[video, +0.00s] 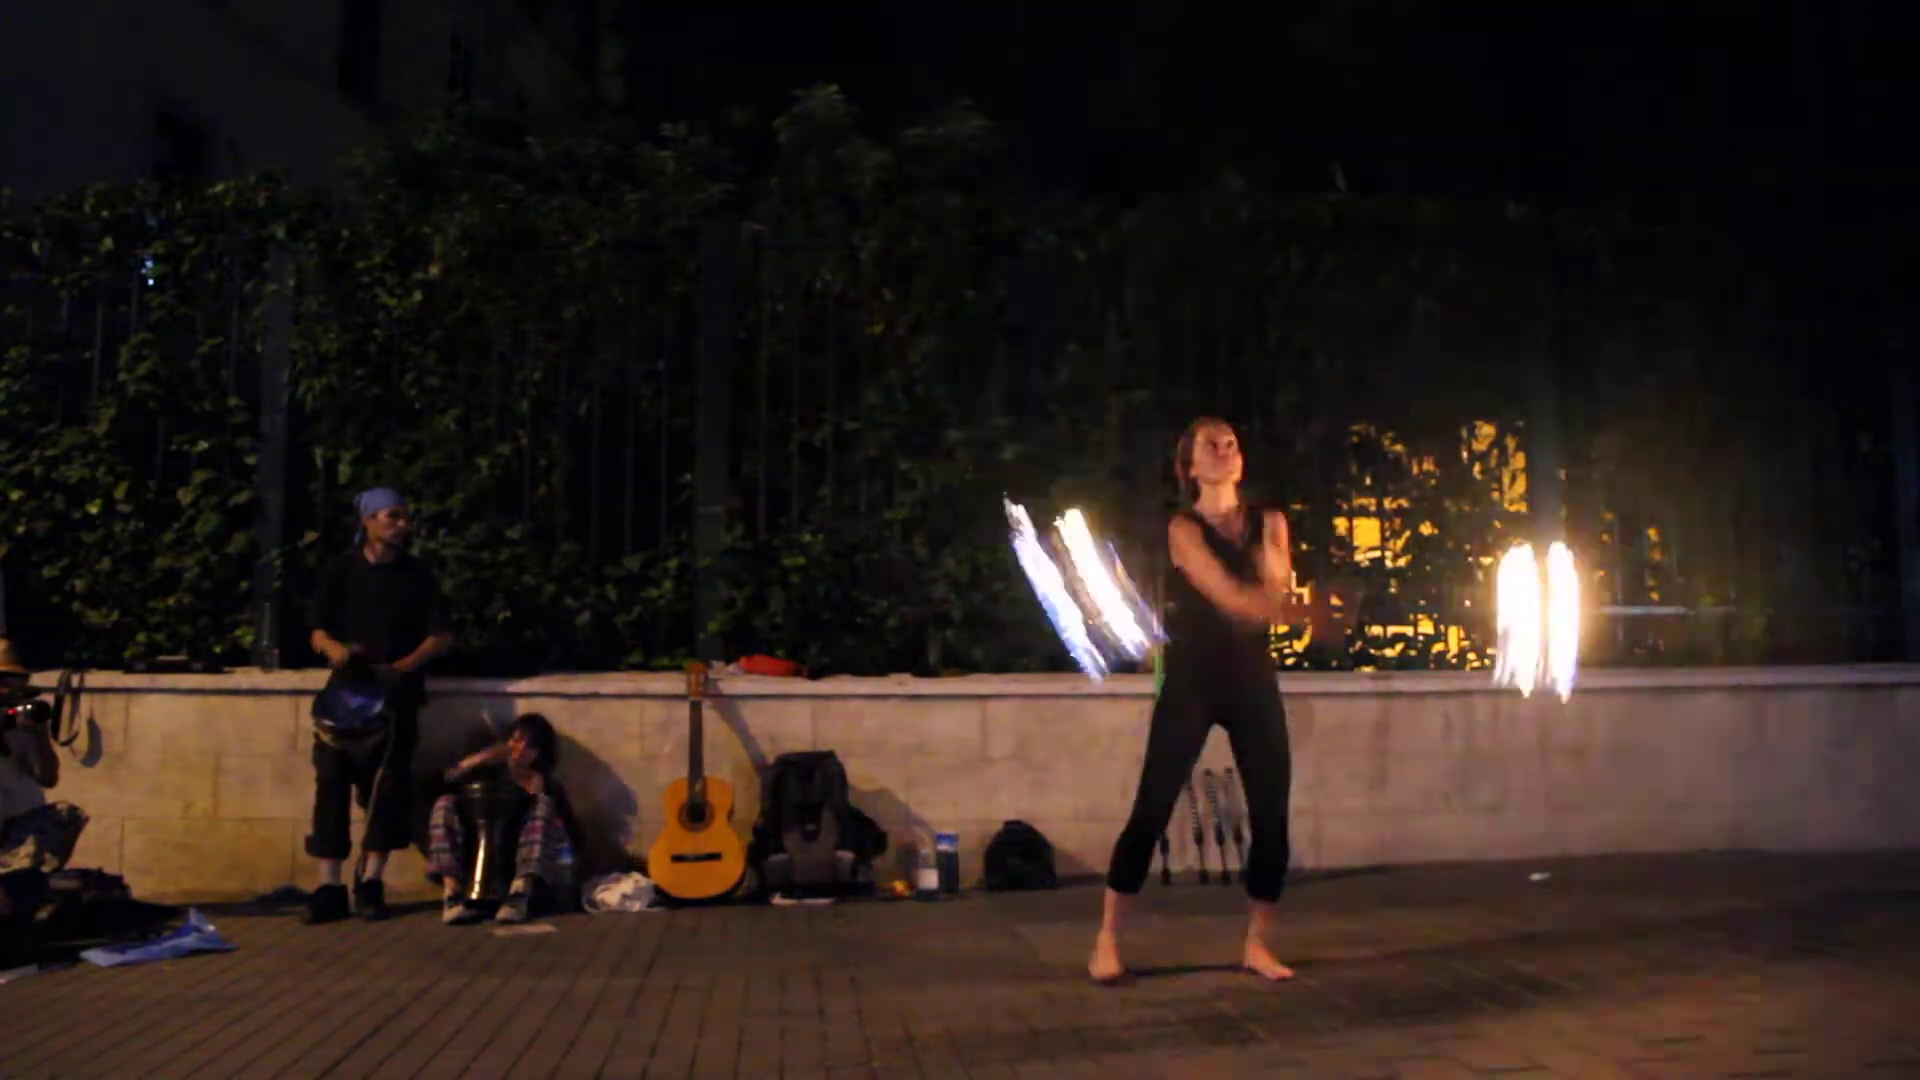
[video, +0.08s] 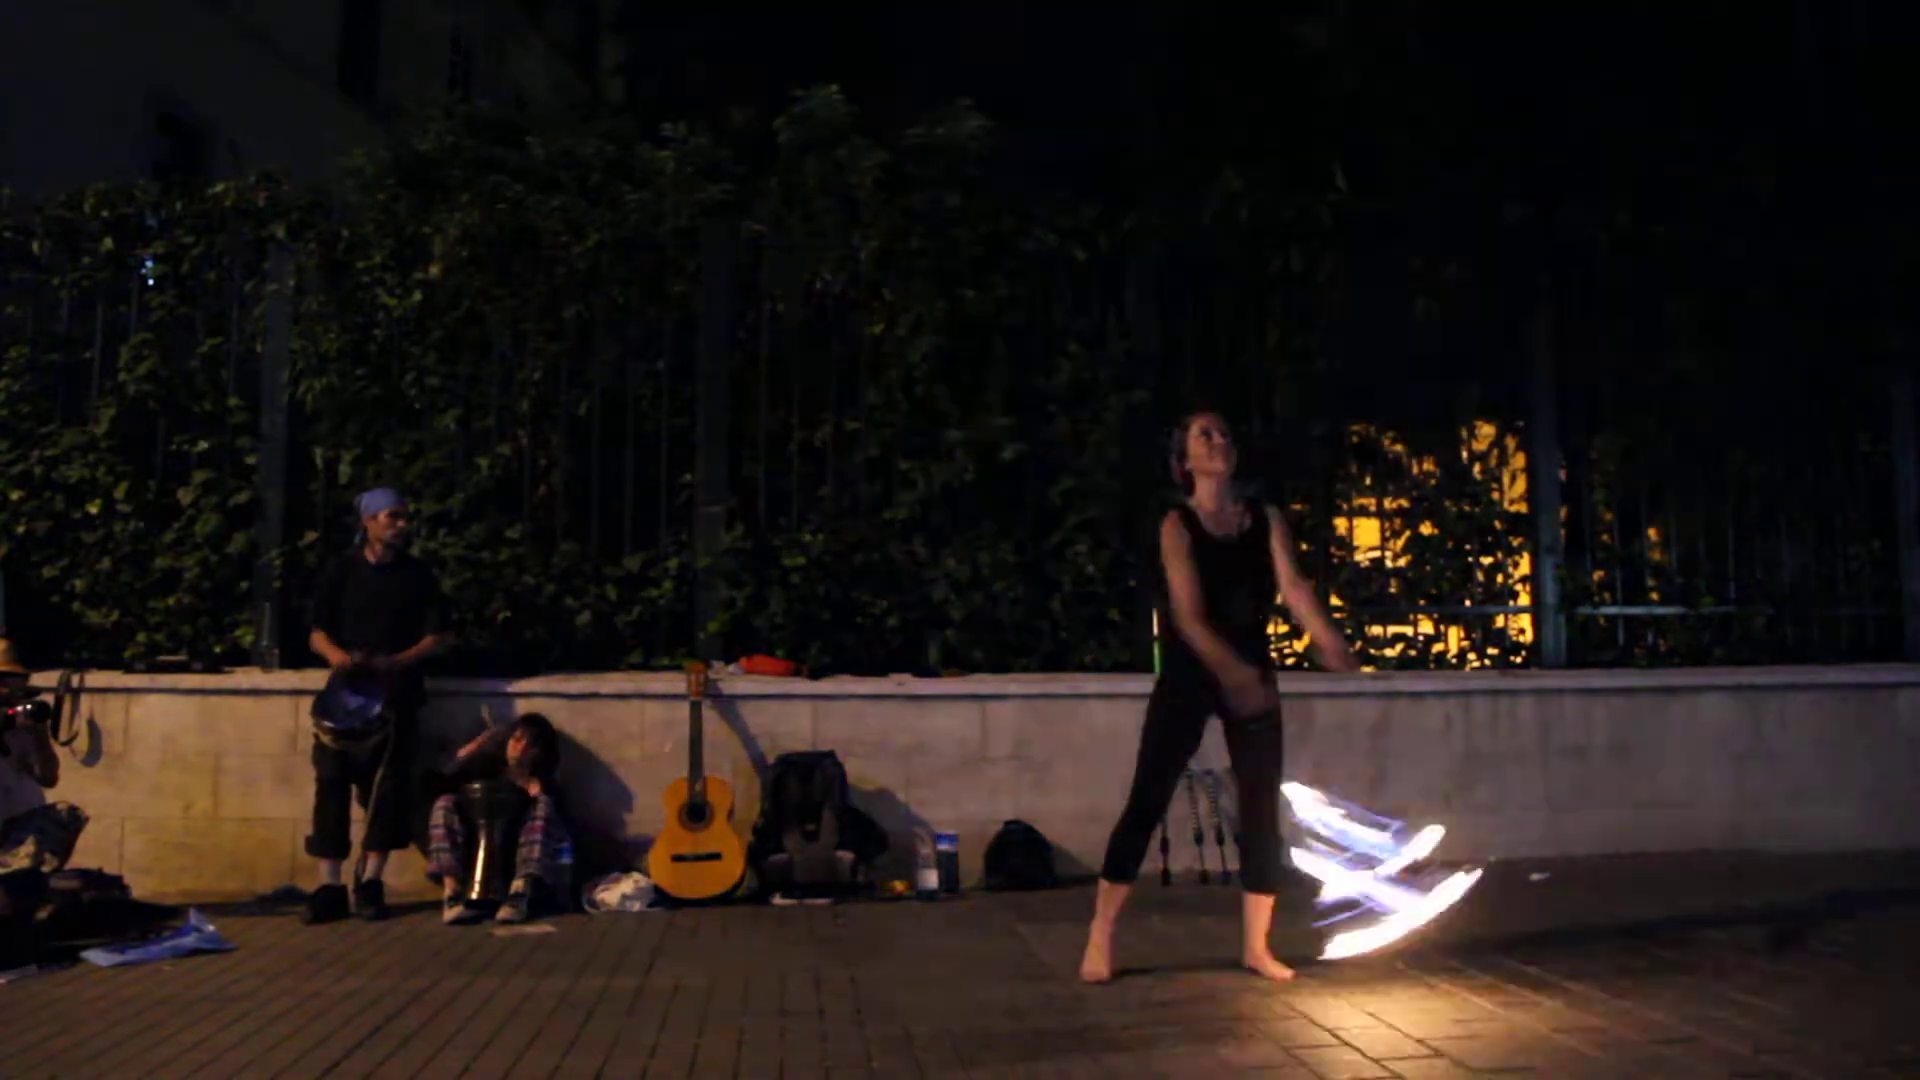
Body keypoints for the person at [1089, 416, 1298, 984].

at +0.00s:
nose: (1226, 450)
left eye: (1232, 443)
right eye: (1212, 443)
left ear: (1242, 459)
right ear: (1188, 462)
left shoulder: (1268, 524)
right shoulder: (1183, 529)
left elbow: (1278, 594)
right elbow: (1231, 602)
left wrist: (1264, 554)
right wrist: (1296, 611)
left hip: (1254, 684)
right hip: (1190, 685)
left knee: (1272, 816)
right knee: (1150, 814)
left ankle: (1256, 942)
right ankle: (1107, 937)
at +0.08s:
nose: (1217, 441)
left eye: (1223, 434)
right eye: (1204, 435)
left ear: (1237, 452)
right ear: (1183, 457)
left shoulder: (1266, 520)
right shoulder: (1177, 524)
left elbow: (1295, 591)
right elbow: (1186, 617)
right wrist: (1235, 674)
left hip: (1251, 673)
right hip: (1188, 674)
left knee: (1261, 807)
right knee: (1147, 803)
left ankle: (1257, 946)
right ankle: (1099, 939)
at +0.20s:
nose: (1203, 427)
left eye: (1209, 421)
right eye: (1190, 422)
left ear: (1224, 440)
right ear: (1171, 445)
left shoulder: (1256, 506)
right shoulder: (1157, 510)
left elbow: (1329, 550)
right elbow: (1123, 582)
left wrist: (1398, 579)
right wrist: (1081, 622)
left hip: (1239, 671)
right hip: (1172, 670)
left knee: (1248, 799)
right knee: (1141, 796)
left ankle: (1261, 938)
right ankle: (1099, 934)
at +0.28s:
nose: (1191, 429)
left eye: (1199, 422)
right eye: (1180, 423)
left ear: (1214, 439)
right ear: (1161, 443)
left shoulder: (1240, 499)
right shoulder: (1144, 501)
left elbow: (1315, 495)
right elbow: (1070, 513)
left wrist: (1377, 486)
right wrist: (1001, 507)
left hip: (1226, 663)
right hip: (1162, 664)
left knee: (1244, 796)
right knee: (1137, 796)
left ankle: (1265, 936)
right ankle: (1100, 933)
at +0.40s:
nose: (1178, 426)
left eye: (1184, 420)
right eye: (1165, 421)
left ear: (1197, 436)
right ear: (1140, 443)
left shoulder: (1218, 490)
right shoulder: (1129, 493)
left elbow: (1266, 422)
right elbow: (1076, 422)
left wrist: (1304, 360)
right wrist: (1024, 346)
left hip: (1212, 664)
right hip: (1146, 666)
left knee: (1236, 797)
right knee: (1126, 802)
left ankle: (1264, 934)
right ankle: (1098, 940)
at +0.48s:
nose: (1154, 431)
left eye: (1161, 424)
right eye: (1142, 425)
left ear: (1178, 442)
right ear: (1124, 446)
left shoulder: (1195, 495)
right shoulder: (1118, 499)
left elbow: (1213, 401)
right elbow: (1099, 400)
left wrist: (1220, 324)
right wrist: (1091, 306)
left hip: (1198, 667)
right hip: (1135, 671)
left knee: (1230, 797)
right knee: (1118, 803)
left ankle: (1261, 934)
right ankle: (1095, 937)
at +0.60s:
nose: (1147, 441)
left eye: (1156, 433)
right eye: (1136, 434)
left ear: (1170, 448)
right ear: (1115, 450)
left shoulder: (1175, 500)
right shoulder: (1103, 504)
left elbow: (1172, 418)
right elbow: (1128, 424)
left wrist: (1145, 333)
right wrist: (1175, 346)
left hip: (1182, 673)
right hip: (1118, 677)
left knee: (1221, 803)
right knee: (1113, 811)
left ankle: (1255, 934)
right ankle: (1099, 943)